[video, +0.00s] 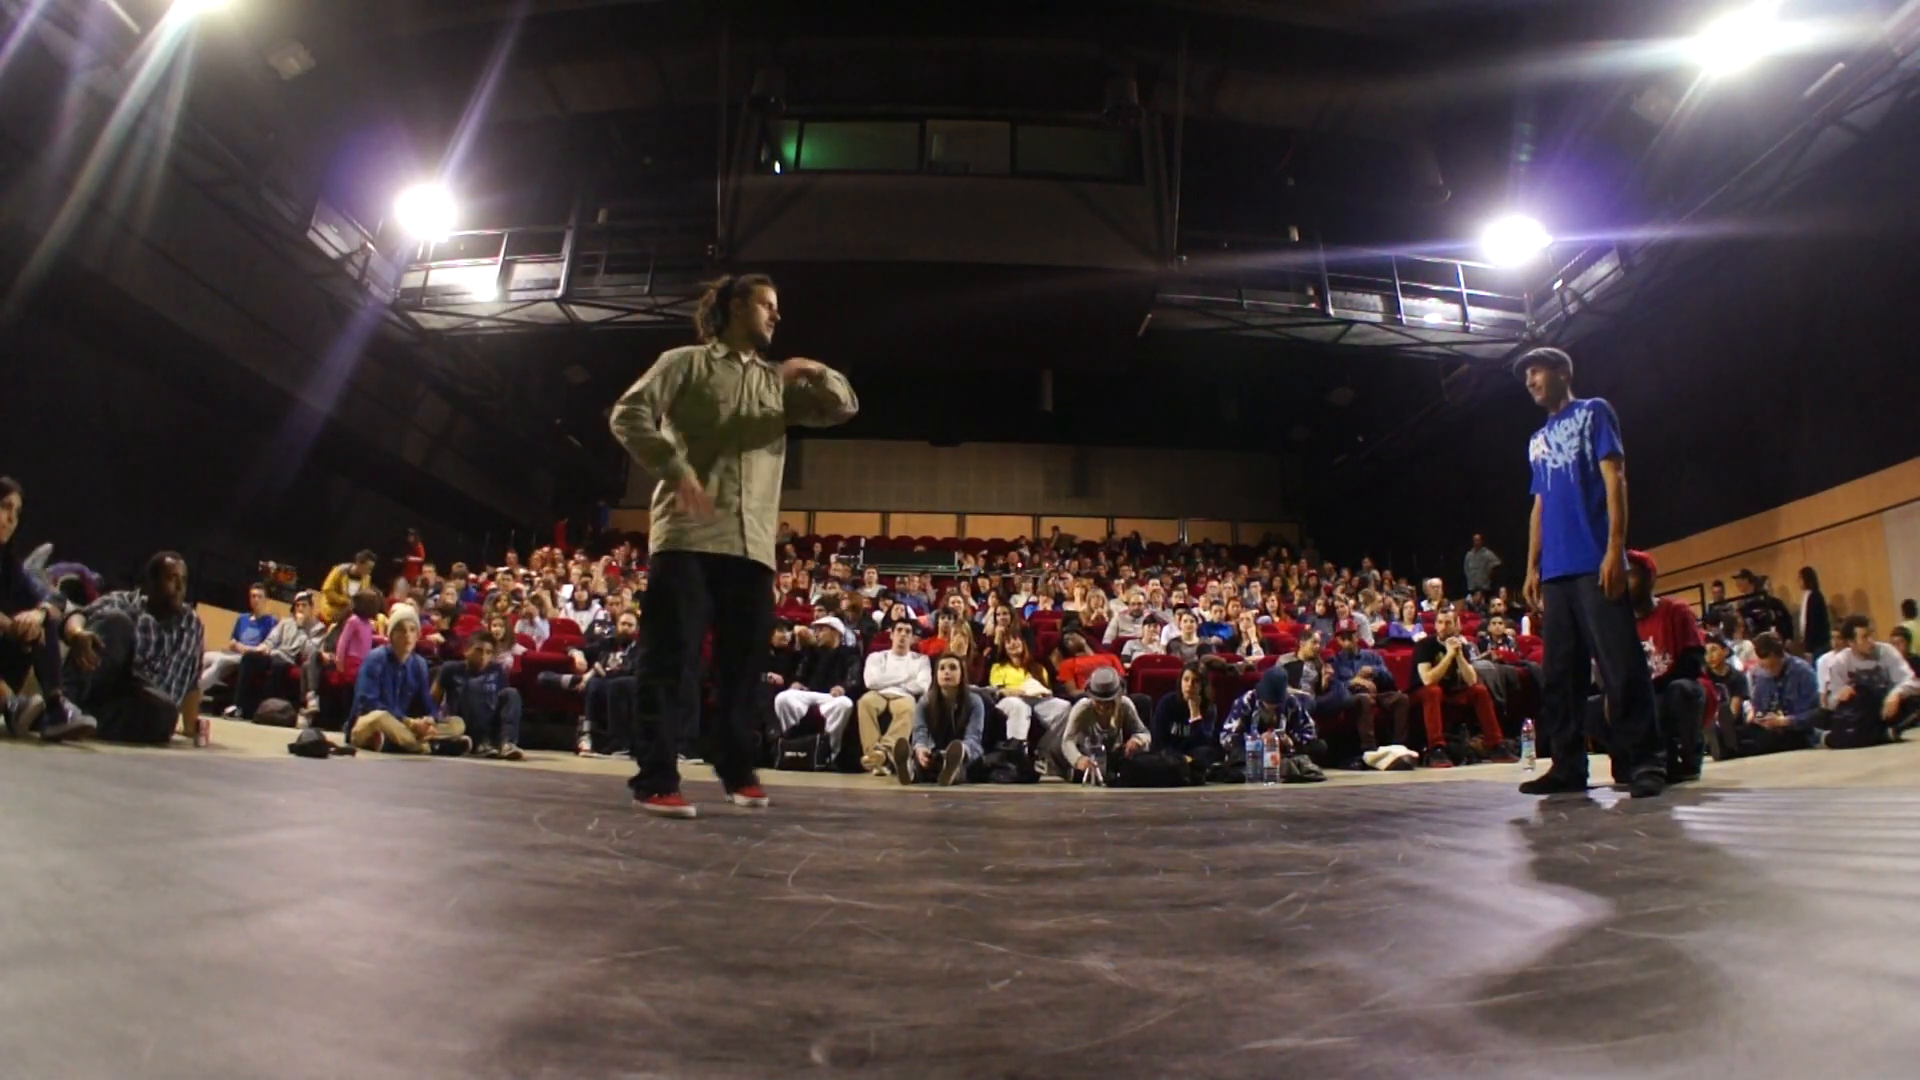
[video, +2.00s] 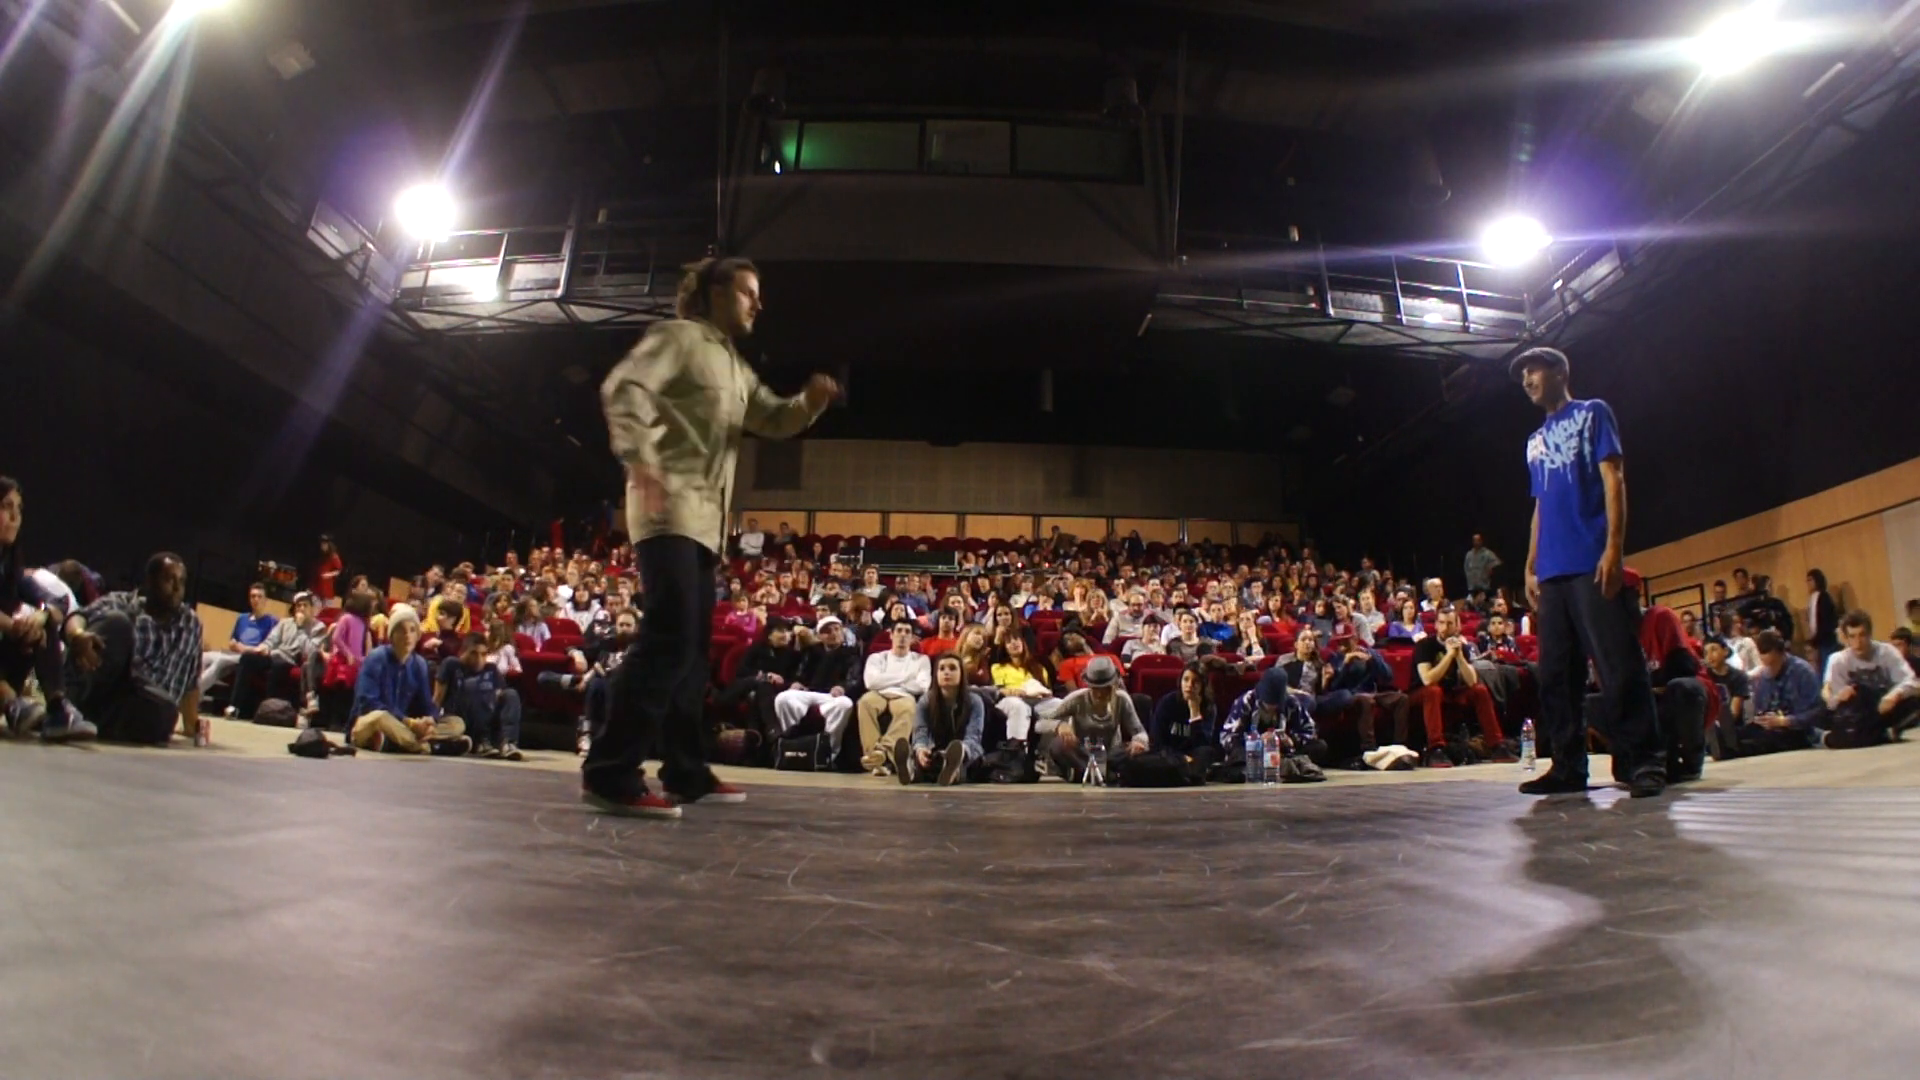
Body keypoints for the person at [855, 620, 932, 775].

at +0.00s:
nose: (903, 635)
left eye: (907, 632)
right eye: (899, 630)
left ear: (912, 638)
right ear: (891, 634)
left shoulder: (921, 659)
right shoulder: (875, 657)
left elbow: (921, 686)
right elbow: (871, 682)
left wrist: (887, 683)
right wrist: (905, 677)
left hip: (904, 694)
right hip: (879, 692)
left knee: (907, 710)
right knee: (865, 703)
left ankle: (884, 750)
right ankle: (875, 760)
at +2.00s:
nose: (903, 635)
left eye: (907, 632)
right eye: (899, 631)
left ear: (912, 638)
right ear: (891, 634)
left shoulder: (921, 659)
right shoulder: (876, 658)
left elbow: (922, 686)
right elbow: (871, 682)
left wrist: (887, 683)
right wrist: (905, 678)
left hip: (904, 694)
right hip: (879, 692)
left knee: (907, 710)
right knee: (865, 703)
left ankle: (884, 750)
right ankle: (876, 761)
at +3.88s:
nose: (903, 636)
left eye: (907, 633)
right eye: (899, 632)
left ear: (912, 638)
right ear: (891, 635)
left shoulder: (921, 659)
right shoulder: (876, 658)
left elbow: (921, 686)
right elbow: (871, 682)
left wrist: (887, 683)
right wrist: (905, 678)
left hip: (904, 694)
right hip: (879, 692)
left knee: (907, 710)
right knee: (865, 703)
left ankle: (884, 750)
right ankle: (876, 761)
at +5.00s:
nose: (903, 636)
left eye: (907, 632)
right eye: (899, 632)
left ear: (912, 638)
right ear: (891, 635)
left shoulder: (921, 659)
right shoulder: (876, 658)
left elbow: (921, 686)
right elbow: (871, 682)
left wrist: (888, 682)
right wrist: (905, 678)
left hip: (904, 694)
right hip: (879, 692)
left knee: (907, 711)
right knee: (865, 703)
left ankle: (883, 750)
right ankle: (876, 762)